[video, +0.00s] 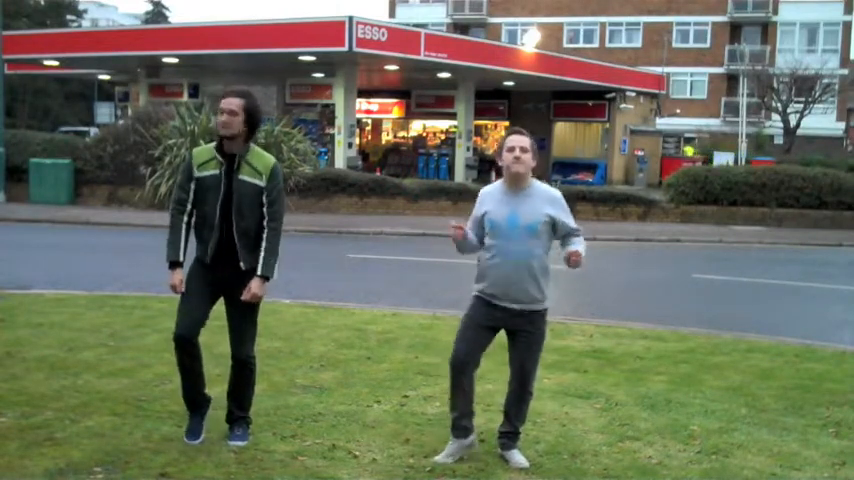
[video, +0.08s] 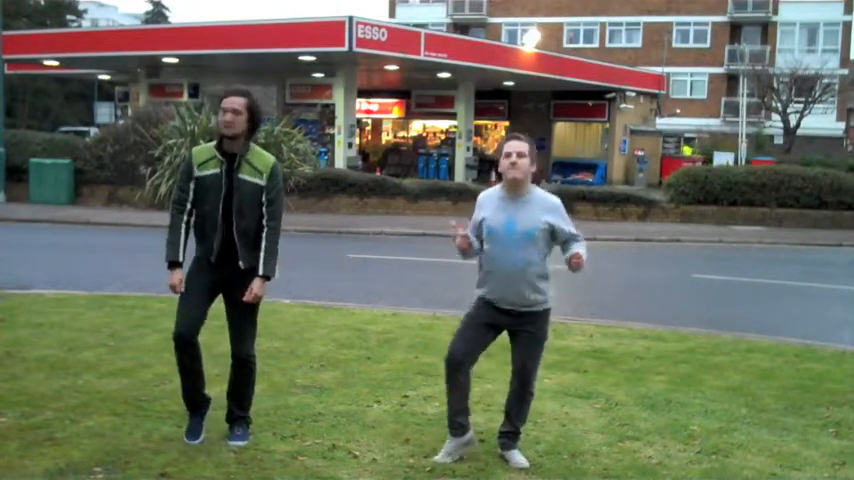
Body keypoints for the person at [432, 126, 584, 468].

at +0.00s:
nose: (517, 154)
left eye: (523, 150)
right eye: (511, 150)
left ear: (534, 159)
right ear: (500, 159)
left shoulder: (551, 198)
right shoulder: (487, 196)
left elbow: (572, 236)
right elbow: (474, 243)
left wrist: (575, 251)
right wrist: (462, 239)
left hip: (530, 308)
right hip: (487, 302)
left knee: (523, 380)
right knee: (460, 361)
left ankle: (509, 443)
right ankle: (462, 436)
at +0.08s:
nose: (513, 160)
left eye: (521, 156)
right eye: (508, 156)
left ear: (533, 165)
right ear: (499, 165)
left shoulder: (550, 204)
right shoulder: (486, 200)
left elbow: (572, 241)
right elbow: (474, 246)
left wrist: (576, 256)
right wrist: (464, 245)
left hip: (533, 310)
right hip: (490, 304)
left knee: (524, 378)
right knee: (456, 359)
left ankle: (509, 444)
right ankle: (460, 434)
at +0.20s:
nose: (512, 170)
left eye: (520, 167)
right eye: (508, 165)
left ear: (533, 178)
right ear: (499, 173)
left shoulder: (547, 218)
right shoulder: (482, 209)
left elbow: (566, 255)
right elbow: (470, 249)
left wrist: (576, 270)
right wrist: (462, 269)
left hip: (535, 316)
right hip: (493, 313)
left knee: (526, 381)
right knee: (461, 369)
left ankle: (509, 444)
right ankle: (469, 443)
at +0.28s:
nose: (511, 168)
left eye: (520, 164)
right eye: (507, 163)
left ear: (533, 176)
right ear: (499, 171)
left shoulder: (548, 214)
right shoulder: (482, 205)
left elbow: (564, 252)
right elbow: (469, 245)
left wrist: (571, 266)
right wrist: (459, 255)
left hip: (534, 314)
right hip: (491, 311)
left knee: (526, 381)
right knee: (456, 366)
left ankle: (509, 444)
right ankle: (466, 441)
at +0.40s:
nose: (513, 157)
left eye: (521, 154)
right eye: (508, 152)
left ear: (534, 163)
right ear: (500, 159)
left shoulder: (551, 201)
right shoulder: (484, 192)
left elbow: (567, 242)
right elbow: (467, 235)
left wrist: (562, 260)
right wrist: (450, 236)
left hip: (528, 304)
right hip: (487, 293)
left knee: (520, 376)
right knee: (451, 345)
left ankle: (508, 444)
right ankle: (455, 421)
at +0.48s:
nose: (513, 153)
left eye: (521, 150)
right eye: (509, 148)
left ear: (534, 159)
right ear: (500, 155)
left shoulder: (552, 197)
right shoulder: (484, 189)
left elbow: (568, 239)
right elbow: (465, 228)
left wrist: (560, 259)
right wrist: (444, 232)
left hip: (527, 300)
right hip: (487, 289)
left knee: (518, 373)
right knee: (452, 343)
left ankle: (507, 444)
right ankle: (452, 422)